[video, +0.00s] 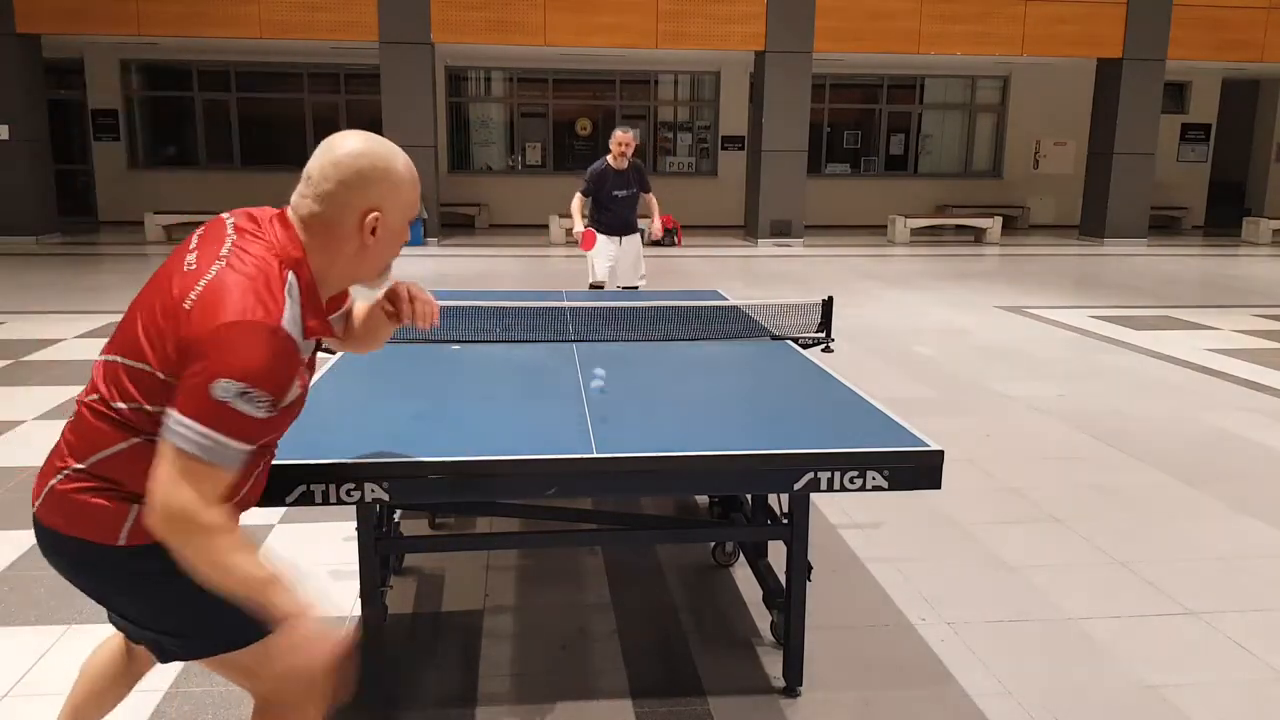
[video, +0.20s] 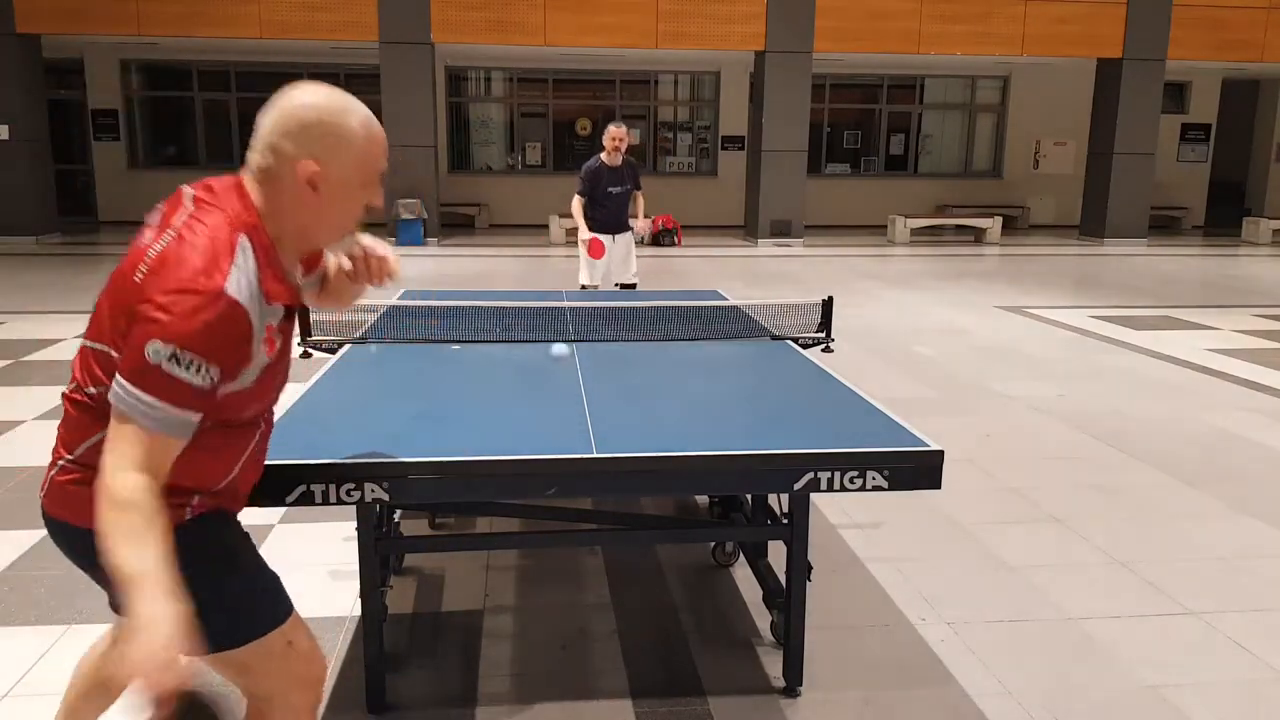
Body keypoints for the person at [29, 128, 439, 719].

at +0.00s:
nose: (404, 243)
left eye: (410, 228)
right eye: (406, 228)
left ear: (309, 194)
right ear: (370, 226)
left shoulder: (258, 231)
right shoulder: (254, 321)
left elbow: (349, 330)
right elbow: (178, 507)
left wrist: (387, 310)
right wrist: (293, 612)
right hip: (111, 525)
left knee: (144, 637)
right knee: (303, 670)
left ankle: (70, 716)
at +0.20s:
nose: (371, 207)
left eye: (375, 188)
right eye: (368, 188)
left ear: (303, 182)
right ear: (310, 182)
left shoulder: (247, 210)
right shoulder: (204, 287)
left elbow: (306, 287)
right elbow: (127, 475)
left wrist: (339, 282)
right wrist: (157, 616)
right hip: (143, 508)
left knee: (145, 633)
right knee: (292, 677)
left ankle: (73, 716)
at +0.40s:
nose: (264, 104)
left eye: (265, 84)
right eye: (253, 84)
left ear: (184, 82)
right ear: (192, 82)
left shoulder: (82, 156)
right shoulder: (149, 175)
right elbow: (346, 207)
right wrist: (347, 71)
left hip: (72, 481)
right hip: (143, 497)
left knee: (101, 616)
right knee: (251, 673)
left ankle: (38, 718)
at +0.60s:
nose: (152, 86)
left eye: (151, 72)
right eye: (146, 71)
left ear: (46, 73)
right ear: (111, 77)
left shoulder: (13, 147)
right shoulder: (97, 154)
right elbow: (267, 98)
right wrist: (193, 13)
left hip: (23, 488)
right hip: (118, 493)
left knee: (38, 663)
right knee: (241, 675)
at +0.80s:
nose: (113, 106)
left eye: (110, 87)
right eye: (108, 86)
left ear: (8, 88)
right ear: (78, 87)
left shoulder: (11, 167)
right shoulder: (76, 180)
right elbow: (263, 219)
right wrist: (236, 104)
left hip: (8, 503)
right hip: (78, 505)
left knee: (13, 676)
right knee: (217, 671)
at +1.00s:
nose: (152, 90)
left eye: (149, 74)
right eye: (147, 74)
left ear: (49, 82)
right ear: (123, 84)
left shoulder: (6, 161)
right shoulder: (106, 186)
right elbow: (263, 307)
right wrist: (300, 213)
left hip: (9, 492)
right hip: (92, 500)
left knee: (14, 672)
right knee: (230, 674)